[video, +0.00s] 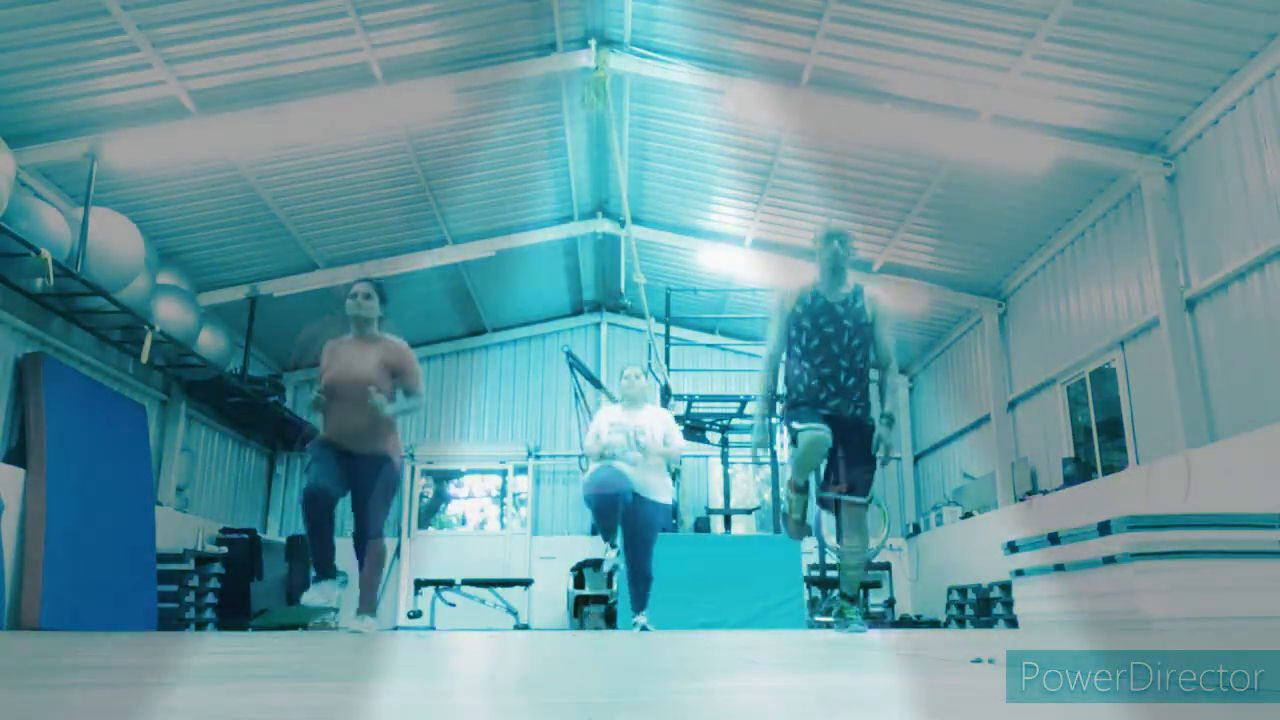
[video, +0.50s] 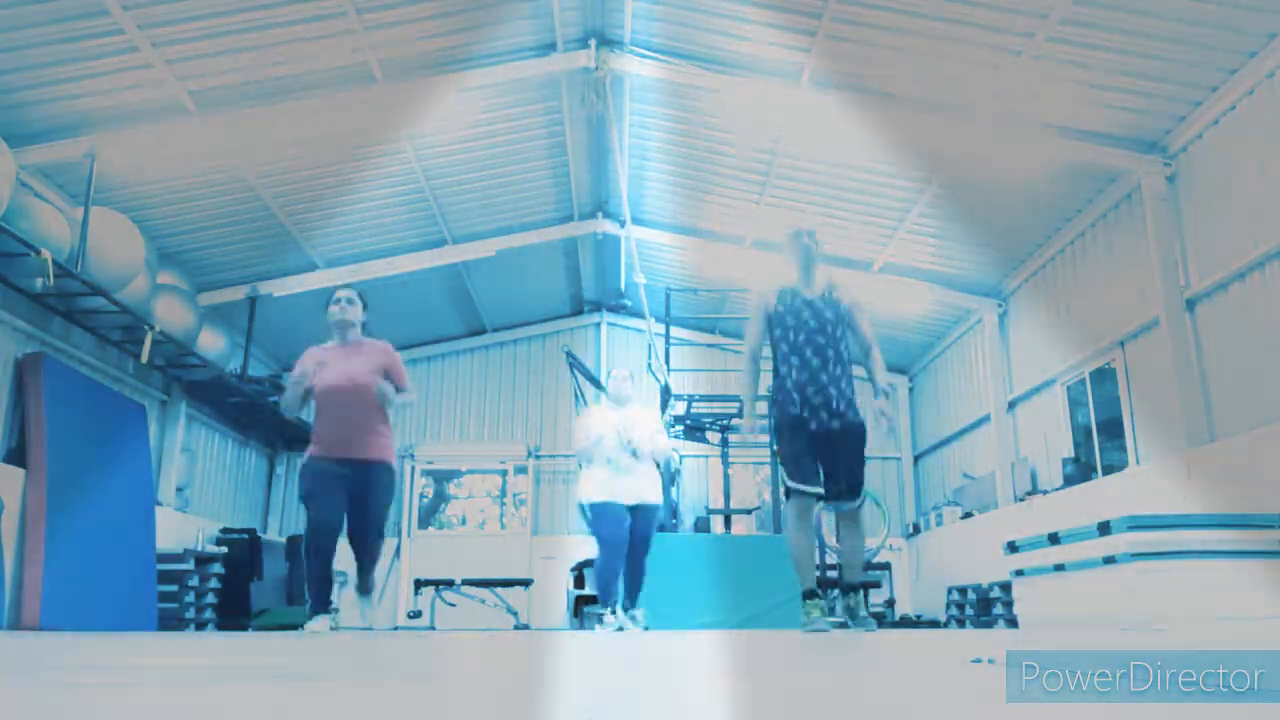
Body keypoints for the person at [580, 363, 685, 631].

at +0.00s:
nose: (631, 381)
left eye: (637, 377)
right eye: (626, 377)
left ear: (647, 385)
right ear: (619, 386)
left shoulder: (661, 416)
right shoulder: (606, 412)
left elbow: (677, 454)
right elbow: (589, 448)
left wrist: (651, 449)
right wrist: (608, 446)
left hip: (649, 488)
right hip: (612, 479)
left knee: (640, 555)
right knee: (606, 482)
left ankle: (639, 613)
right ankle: (610, 544)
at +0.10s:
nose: (631, 375)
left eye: (638, 371)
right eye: (626, 371)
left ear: (647, 380)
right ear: (618, 379)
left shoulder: (660, 408)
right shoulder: (604, 406)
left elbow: (676, 445)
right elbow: (587, 442)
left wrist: (648, 441)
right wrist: (608, 436)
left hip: (650, 479)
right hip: (609, 469)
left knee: (638, 551)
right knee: (610, 494)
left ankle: (640, 612)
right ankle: (610, 561)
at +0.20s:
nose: (630, 369)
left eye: (636, 366)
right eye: (625, 365)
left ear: (644, 376)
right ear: (616, 374)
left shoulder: (657, 402)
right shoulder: (601, 399)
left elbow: (674, 441)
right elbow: (584, 437)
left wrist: (647, 439)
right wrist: (603, 433)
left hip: (647, 479)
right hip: (606, 471)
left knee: (638, 547)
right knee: (613, 510)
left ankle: (639, 609)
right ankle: (606, 580)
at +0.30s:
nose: (626, 379)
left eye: (632, 376)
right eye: (621, 375)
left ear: (640, 385)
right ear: (612, 384)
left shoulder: (654, 414)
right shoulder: (597, 411)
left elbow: (672, 452)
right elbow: (580, 450)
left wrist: (651, 454)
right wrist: (601, 441)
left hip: (646, 494)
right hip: (606, 490)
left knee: (636, 553)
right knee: (611, 548)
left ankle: (631, 609)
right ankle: (607, 611)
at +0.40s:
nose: (622, 397)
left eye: (627, 392)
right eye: (616, 392)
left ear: (635, 398)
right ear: (608, 398)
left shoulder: (649, 429)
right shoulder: (595, 428)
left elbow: (668, 463)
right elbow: (582, 469)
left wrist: (646, 464)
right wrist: (596, 453)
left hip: (644, 505)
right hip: (604, 501)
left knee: (632, 562)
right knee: (618, 547)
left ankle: (629, 615)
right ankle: (607, 613)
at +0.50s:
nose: (621, 384)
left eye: (626, 379)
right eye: (615, 379)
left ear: (632, 385)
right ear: (607, 385)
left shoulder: (647, 415)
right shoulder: (592, 415)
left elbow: (665, 453)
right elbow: (582, 454)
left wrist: (642, 446)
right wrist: (600, 439)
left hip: (644, 491)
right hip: (604, 490)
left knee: (639, 550)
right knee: (613, 544)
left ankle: (632, 607)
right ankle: (608, 609)